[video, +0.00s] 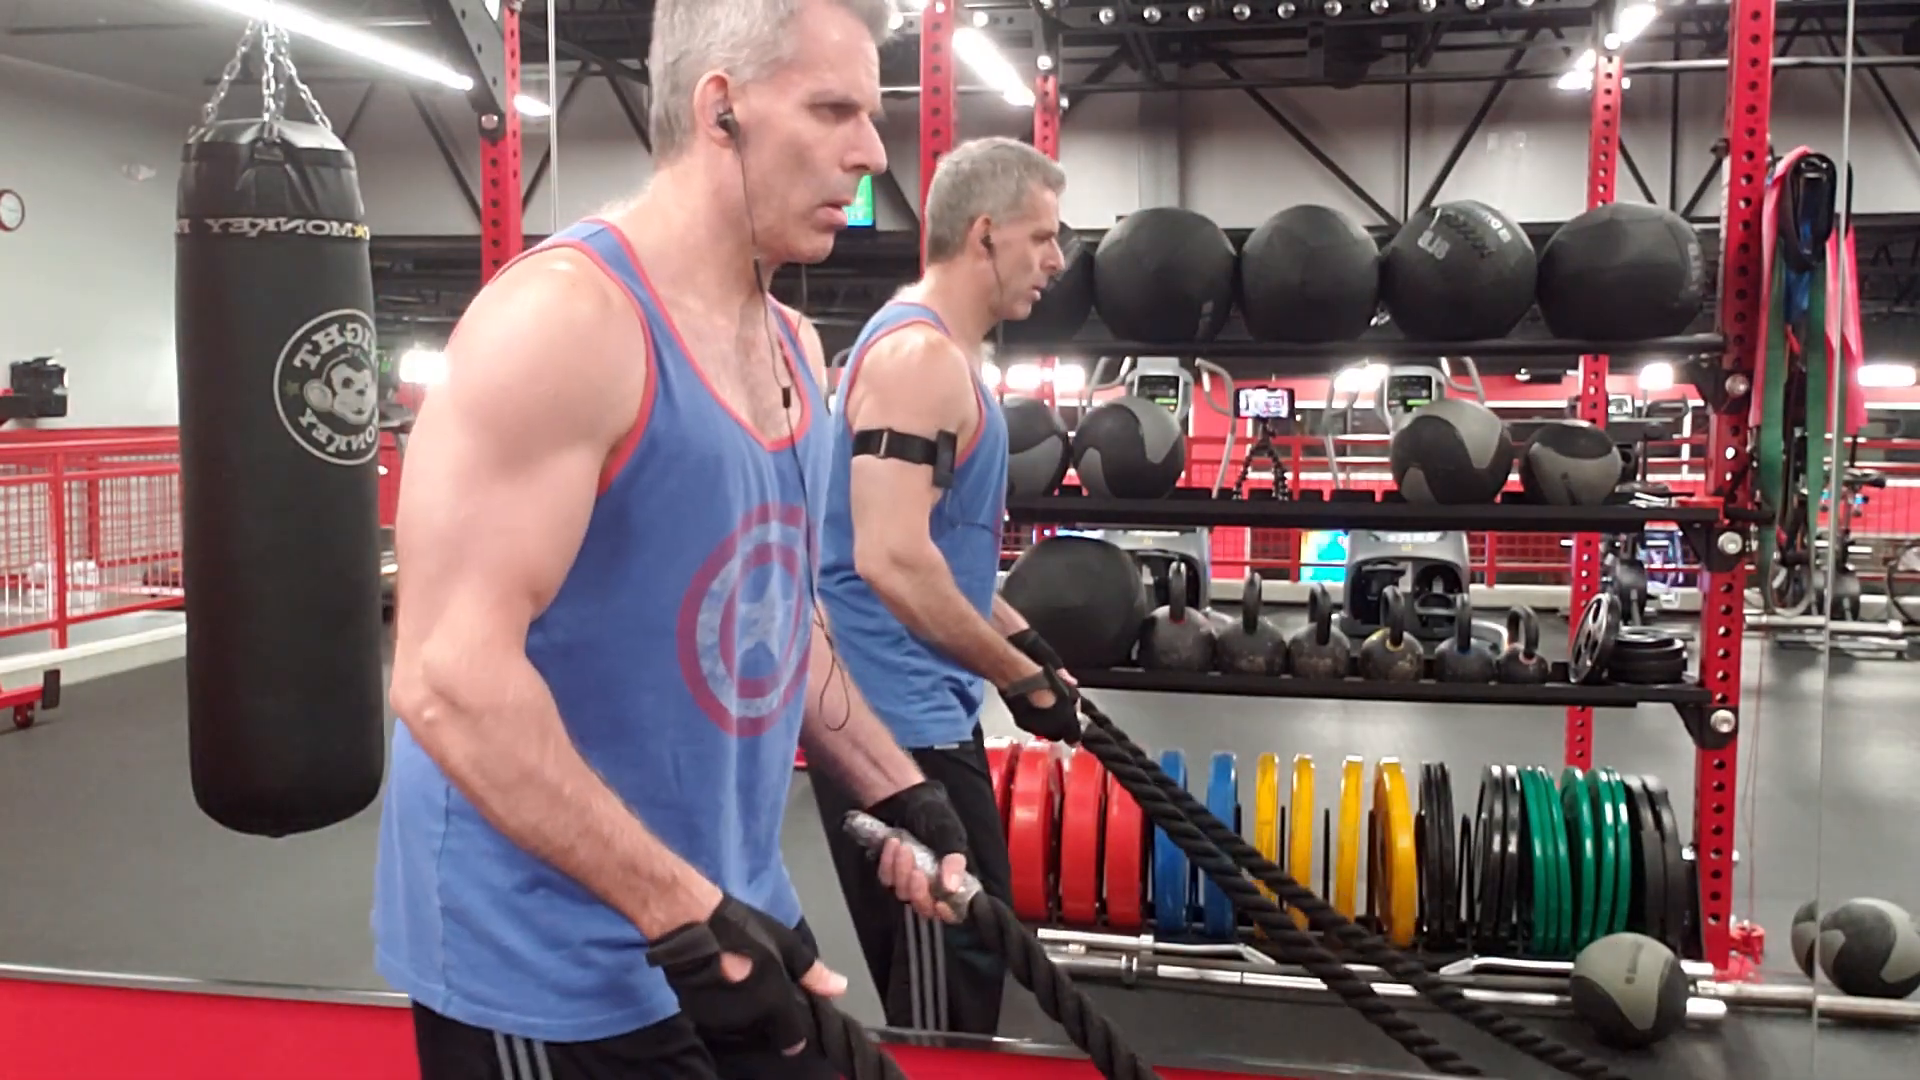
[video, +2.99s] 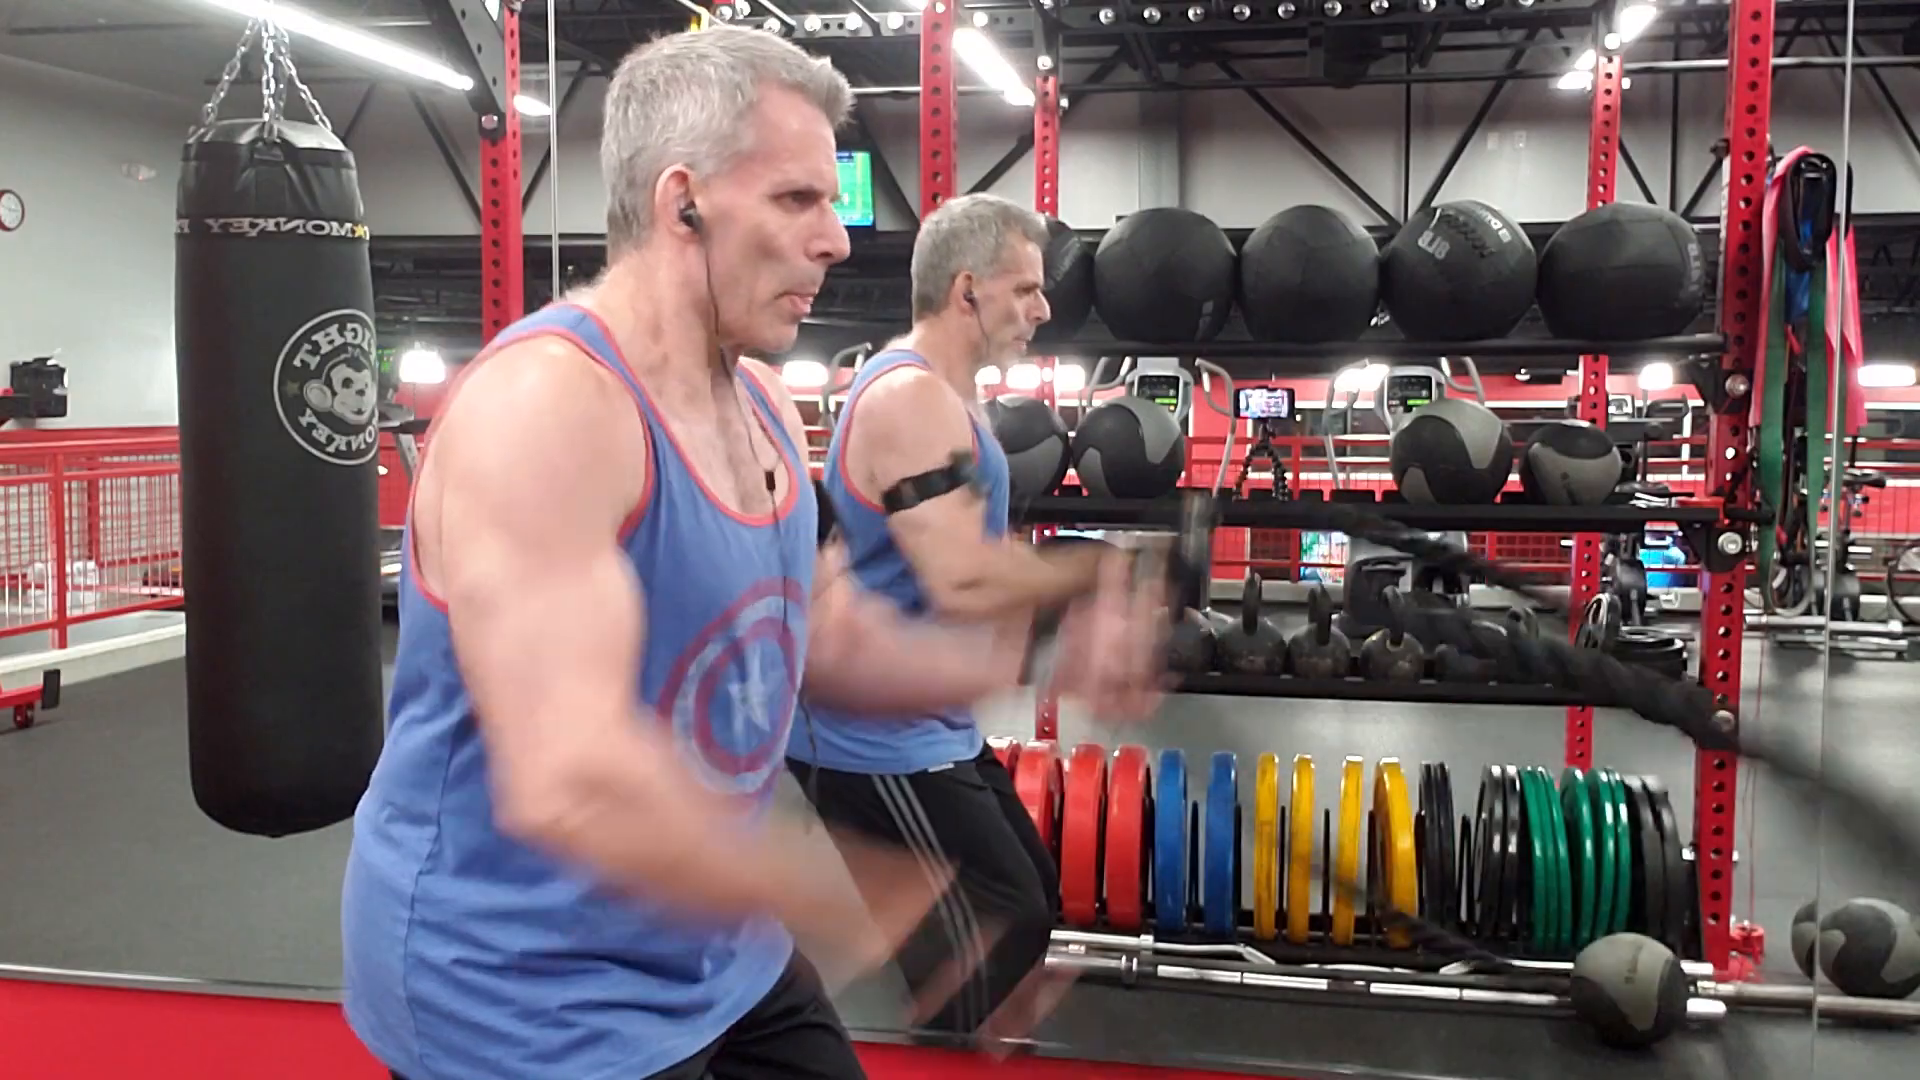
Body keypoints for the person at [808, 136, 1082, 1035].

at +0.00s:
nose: (1056, 262)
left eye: (1057, 240)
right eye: (1043, 238)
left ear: (988, 239)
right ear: (985, 235)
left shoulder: (942, 350)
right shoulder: (917, 354)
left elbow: (934, 544)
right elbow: (891, 556)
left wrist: (1020, 639)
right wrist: (1018, 678)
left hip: (928, 719)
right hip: (901, 728)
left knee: (961, 976)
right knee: (951, 984)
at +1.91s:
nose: (1045, 283)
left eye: (1041, 262)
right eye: (1028, 261)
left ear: (975, 274)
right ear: (970, 270)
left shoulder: (950, 390)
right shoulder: (905, 390)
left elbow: (939, 583)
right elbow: (877, 591)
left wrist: (1003, 687)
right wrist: (998, 707)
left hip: (946, 723)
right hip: (895, 729)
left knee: (1010, 921)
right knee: (995, 930)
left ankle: (971, 1073)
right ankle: (956, 1078)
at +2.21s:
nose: (1034, 285)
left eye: (1034, 264)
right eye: (1020, 262)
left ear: (966, 269)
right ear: (963, 267)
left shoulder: (943, 391)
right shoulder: (899, 393)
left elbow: (1000, 543)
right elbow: (871, 594)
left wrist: (1105, 612)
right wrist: (989, 721)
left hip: (924, 743)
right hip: (874, 752)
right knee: (989, 945)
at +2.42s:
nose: (1037, 296)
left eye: (1037, 275)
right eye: (1023, 273)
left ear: (971, 281)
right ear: (965, 277)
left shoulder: (943, 393)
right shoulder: (906, 392)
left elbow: (1000, 540)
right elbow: (884, 585)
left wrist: (1135, 539)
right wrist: (1011, 692)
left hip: (919, 708)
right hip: (871, 714)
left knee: (1012, 911)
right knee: (993, 922)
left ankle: (960, 1058)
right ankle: (952, 1063)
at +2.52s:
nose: (1034, 297)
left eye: (1035, 277)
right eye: (1019, 275)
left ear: (959, 279)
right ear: (957, 276)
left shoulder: (947, 393)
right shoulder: (898, 386)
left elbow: (946, 577)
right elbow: (916, 570)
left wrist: (1031, 659)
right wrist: (1076, 589)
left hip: (926, 715)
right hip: (866, 725)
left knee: (1022, 907)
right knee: (976, 929)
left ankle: (979, 1061)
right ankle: (952, 1068)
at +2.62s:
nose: (1032, 301)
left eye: (1032, 281)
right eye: (1018, 279)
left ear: (961, 283)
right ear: (955, 280)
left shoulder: (941, 394)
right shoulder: (899, 388)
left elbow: (969, 565)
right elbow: (950, 563)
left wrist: (1076, 574)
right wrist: (1084, 544)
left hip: (930, 716)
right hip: (872, 725)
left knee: (1024, 907)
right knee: (996, 929)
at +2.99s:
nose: (1042, 313)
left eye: (1041, 293)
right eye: (1027, 291)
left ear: (969, 295)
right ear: (967, 293)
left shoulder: (944, 395)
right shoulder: (909, 398)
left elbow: (975, 565)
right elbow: (959, 580)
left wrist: (1092, 581)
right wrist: (1107, 560)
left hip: (928, 728)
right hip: (876, 739)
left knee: (1029, 918)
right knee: (1007, 927)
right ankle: (923, 1067)